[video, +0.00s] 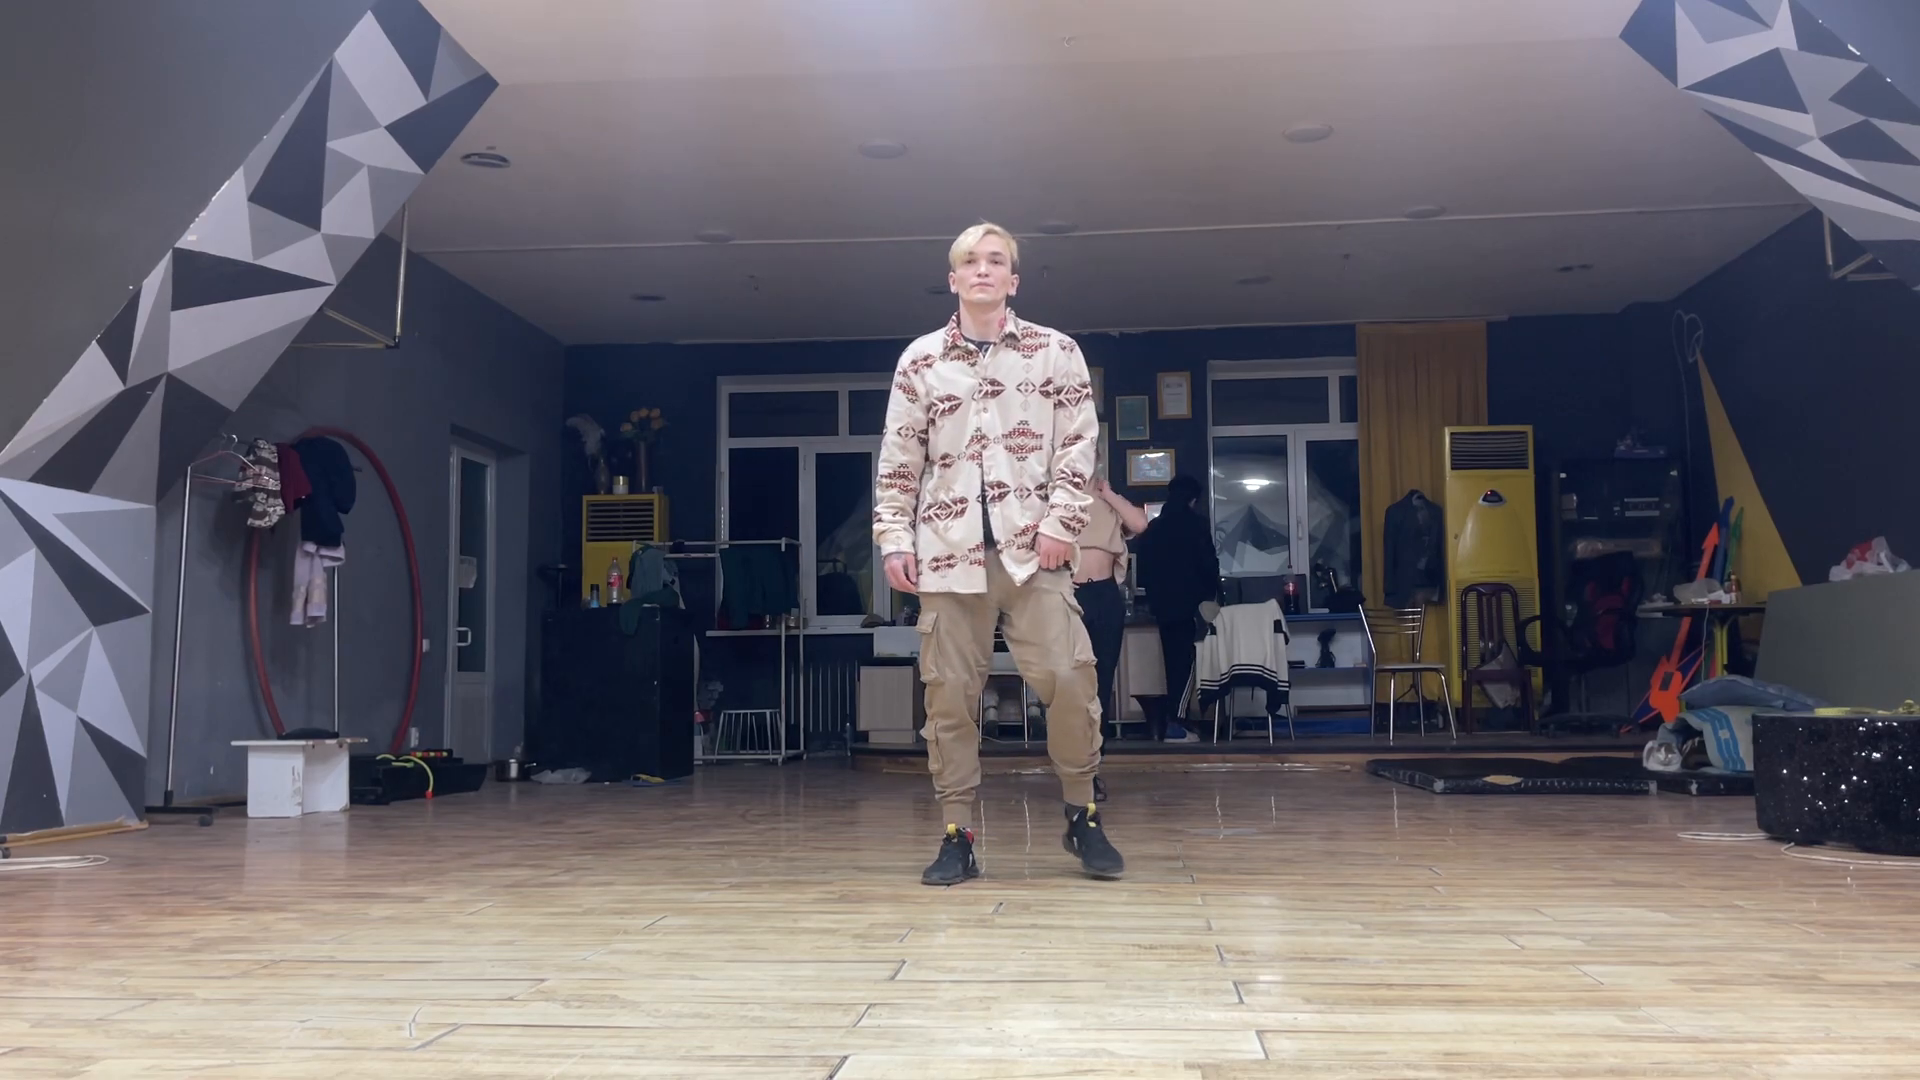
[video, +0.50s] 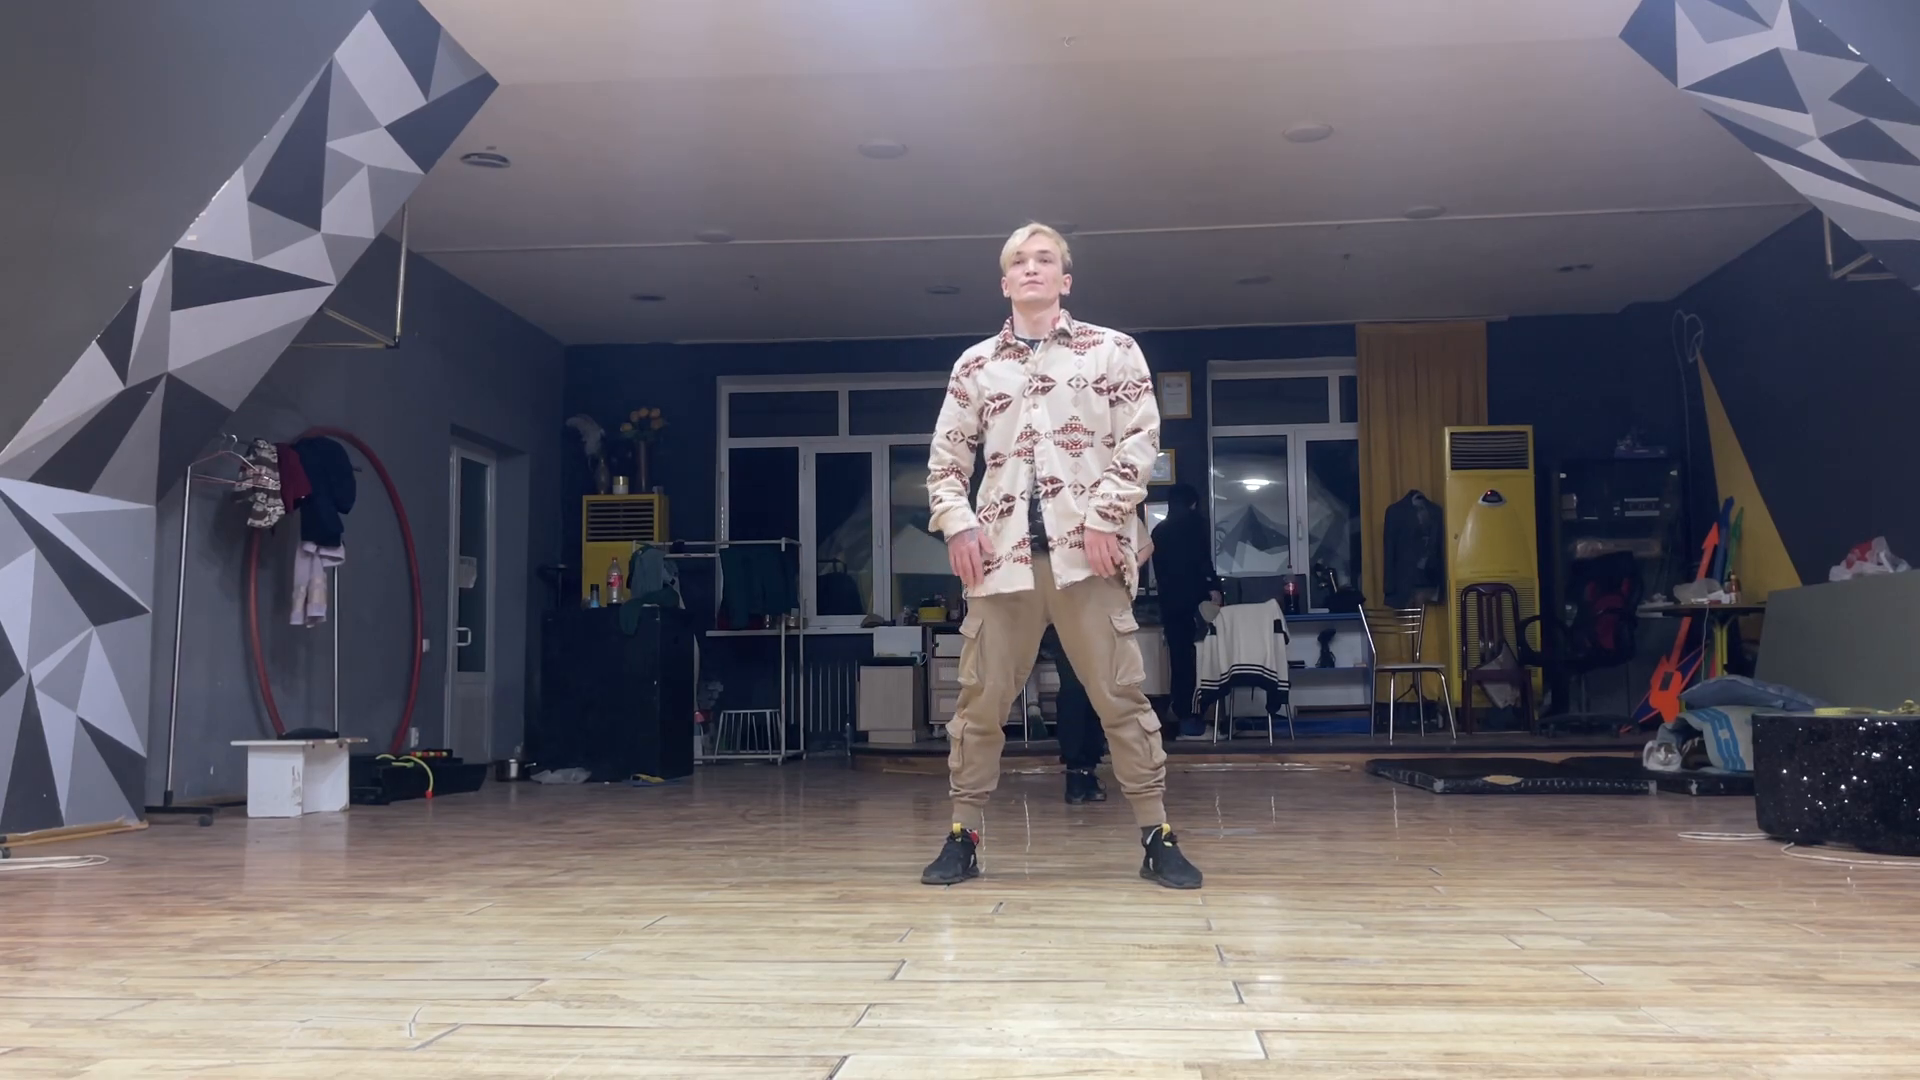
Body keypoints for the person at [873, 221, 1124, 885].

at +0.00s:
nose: (983, 270)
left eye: (994, 261)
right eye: (971, 262)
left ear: (1015, 278)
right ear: (952, 278)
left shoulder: (1055, 351)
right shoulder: (920, 360)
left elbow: (1079, 447)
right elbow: (899, 460)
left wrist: (1062, 521)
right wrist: (893, 537)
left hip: (1036, 550)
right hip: (949, 554)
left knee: (1067, 675)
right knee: (949, 695)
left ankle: (1083, 815)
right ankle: (957, 836)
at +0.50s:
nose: (1031, 268)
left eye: (1043, 259)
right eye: (1020, 260)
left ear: (1066, 277)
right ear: (1003, 281)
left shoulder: (1114, 350)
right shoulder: (975, 366)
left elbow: (1141, 441)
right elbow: (947, 460)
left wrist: (1108, 516)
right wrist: (957, 523)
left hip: (1089, 553)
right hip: (1001, 559)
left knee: (1121, 696)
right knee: (980, 701)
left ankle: (1157, 835)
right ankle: (963, 836)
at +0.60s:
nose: (1038, 267)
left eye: (1050, 258)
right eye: (1026, 260)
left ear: (1072, 278)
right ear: (1008, 280)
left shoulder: (1116, 351)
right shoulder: (977, 361)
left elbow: (1150, 427)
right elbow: (937, 437)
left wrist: (1081, 452)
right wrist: (977, 458)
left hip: (1092, 553)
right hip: (1002, 557)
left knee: (1120, 695)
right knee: (981, 700)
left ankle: (1157, 836)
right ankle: (962, 837)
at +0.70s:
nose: (1043, 262)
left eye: (1056, 253)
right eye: (1031, 253)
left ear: (1076, 271)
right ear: (1013, 271)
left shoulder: (1107, 342)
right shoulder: (983, 346)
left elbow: (1158, 394)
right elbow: (937, 418)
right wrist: (972, 362)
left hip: (1091, 561)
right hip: (998, 563)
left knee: (1122, 701)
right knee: (977, 703)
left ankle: (1155, 836)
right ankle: (962, 837)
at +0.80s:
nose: (1055, 266)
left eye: (1066, 257)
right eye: (1041, 257)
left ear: (1084, 270)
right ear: (1019, 272)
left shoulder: (1116, 335)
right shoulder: (995, 337)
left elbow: (1167, 388)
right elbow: (961, 403)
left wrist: (1129, 325)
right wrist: (1011, 335)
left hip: (1094, 562)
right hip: (1004, 564)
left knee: (1137, 690)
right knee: (977, 710)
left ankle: (1098, 834)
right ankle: (961, 837)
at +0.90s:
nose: (1083, 277)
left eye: (1091, 268)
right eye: (1068, 267)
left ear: (1101, 283)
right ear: (1038, 282)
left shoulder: (1116, 371)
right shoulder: (1003, 363)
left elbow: (1147, 457)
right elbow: (998, 462)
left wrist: (1159, 488)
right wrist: (1089, 490)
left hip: (1104, 571)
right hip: (1023, 573)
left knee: (1113, 709)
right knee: (1017, 717)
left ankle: (1051, 846)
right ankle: (962, 822)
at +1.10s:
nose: (1114, 291)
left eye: (1123, 281)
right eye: (1100, 279)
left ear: (1130, 290)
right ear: (1067, 287)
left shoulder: (1100, 371)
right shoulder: (1041, 351)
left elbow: (1109, 469)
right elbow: (1017, 417)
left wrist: (1170, 486)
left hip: (1096, 560)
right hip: (1044, 549)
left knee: (1144, 698)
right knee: (1076, 676)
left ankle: (1061, 839)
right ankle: (973, 831)